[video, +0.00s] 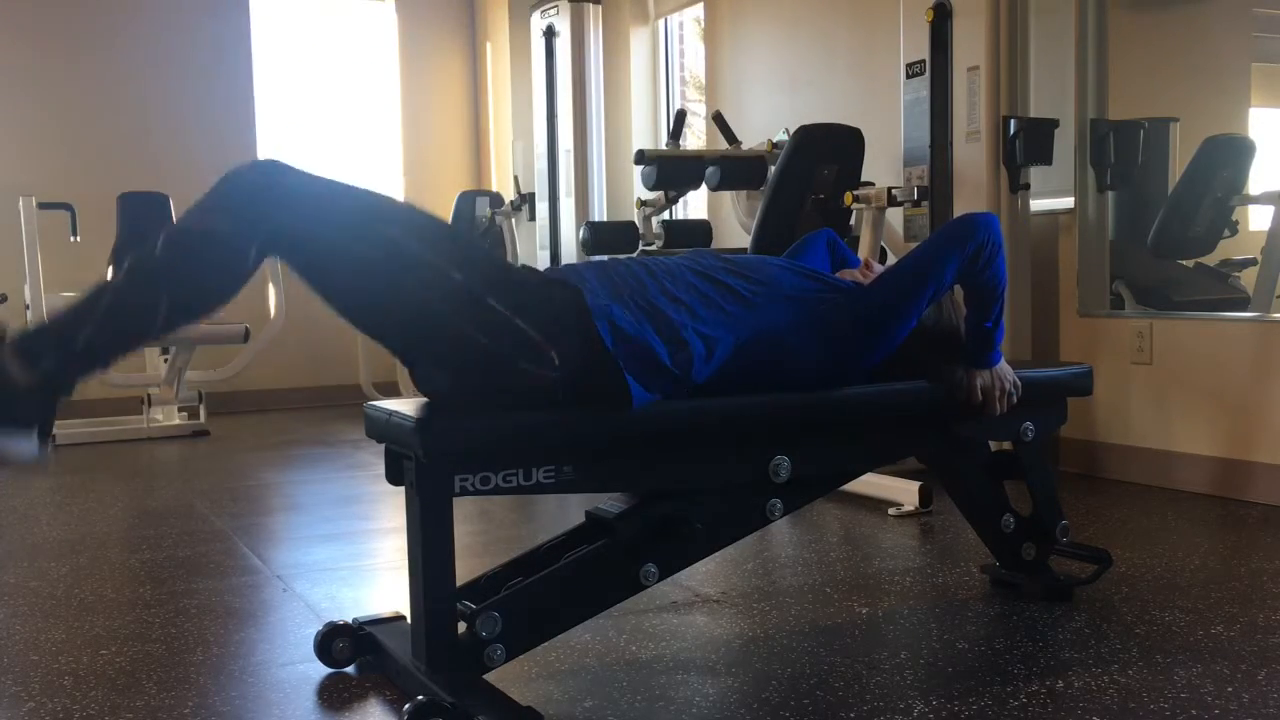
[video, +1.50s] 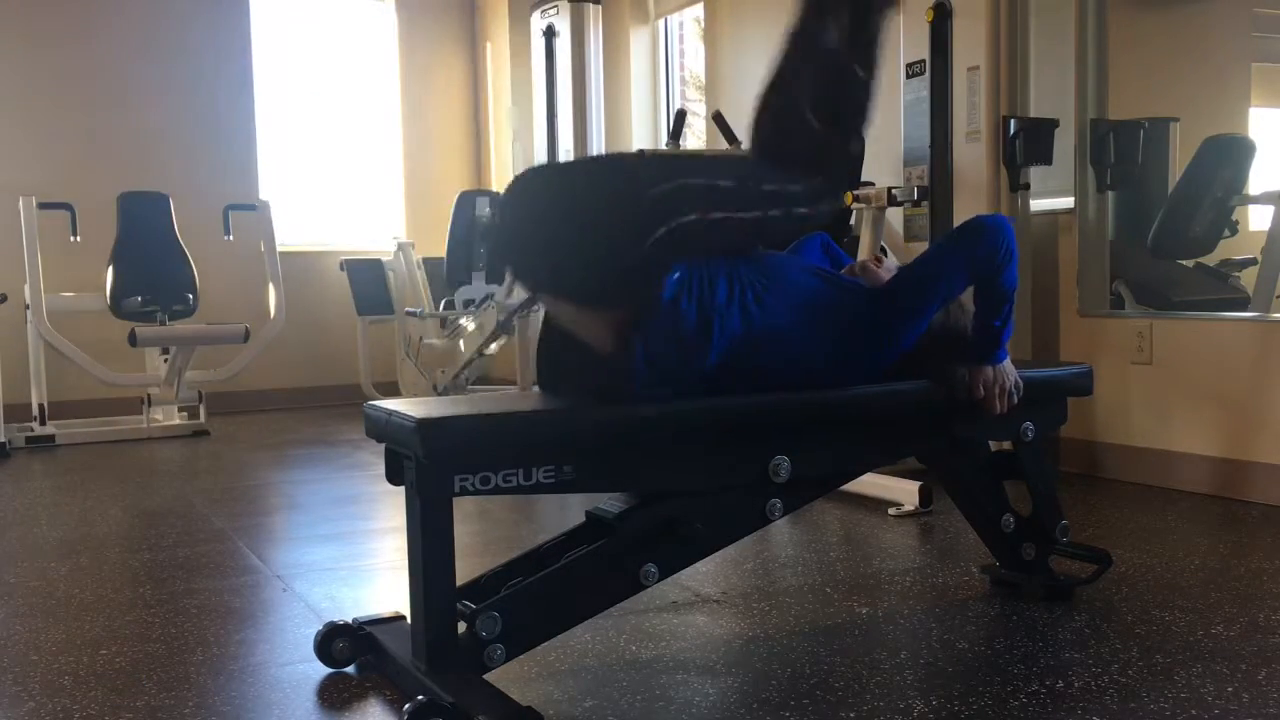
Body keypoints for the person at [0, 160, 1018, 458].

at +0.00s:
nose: (866, 245)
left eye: (886, 252)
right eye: (865, 239)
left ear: (894, 298)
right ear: (838, 253)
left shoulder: (851, 326)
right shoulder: (784, 278)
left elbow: (984, 232)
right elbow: (820, 169)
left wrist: (936, 309)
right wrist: (861, 244)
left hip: (543, 341)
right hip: (512, 298)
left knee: (262, 196)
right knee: (273, 182)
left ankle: (46, 363)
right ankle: (172, 277)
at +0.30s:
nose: (867, 243)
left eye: (888, 249)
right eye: (864, 233)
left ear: (884, 277)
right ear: (837, 245)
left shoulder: (856, 316)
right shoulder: (773, 280)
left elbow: (976, 230)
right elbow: (809, 166)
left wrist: (970, 345)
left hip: (558, 343)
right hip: (512, 297)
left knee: (234, 335)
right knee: (246, 318)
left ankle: (51, 577)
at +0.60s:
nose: (868, 241)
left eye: (887, 243)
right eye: (864, 229)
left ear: (883, 272)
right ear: (835, 240)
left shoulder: (857, 314)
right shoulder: (774, 279)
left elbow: (971, 229)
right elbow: (815, 164)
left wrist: (961, 351)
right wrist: (871, 239)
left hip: (561, 339)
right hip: (518, 294)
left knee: (232, 315)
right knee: (276, 290)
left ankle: (83, 574)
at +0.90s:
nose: (871, 249)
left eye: (888, 256)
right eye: (873, 241)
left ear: (892, 292)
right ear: (849, 258)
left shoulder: (854, 325)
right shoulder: (779, 286)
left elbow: (974, 226)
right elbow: (813, 171)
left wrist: (966, 339)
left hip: (553, 358)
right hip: (537, 309)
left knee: (338, 123)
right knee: (336, 114)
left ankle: (67, 194)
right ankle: (100, 199)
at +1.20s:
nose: (867, 259)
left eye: (881, 267)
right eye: (867, 256)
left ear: (885, 297)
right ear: (848, 274)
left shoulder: (866, 325)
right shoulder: (796, 286)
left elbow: (980, 229)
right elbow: (815, 236)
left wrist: (989, 353)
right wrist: (866, 275)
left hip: (571, 346)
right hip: (529, 321)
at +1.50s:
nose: (886, 257)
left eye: (899, 272)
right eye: (895, 260)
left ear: (911, 314)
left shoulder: (872, 332)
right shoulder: (834, 288)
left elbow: (991, 235)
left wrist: (994, 351)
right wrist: (860, 272)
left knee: (527, 201)